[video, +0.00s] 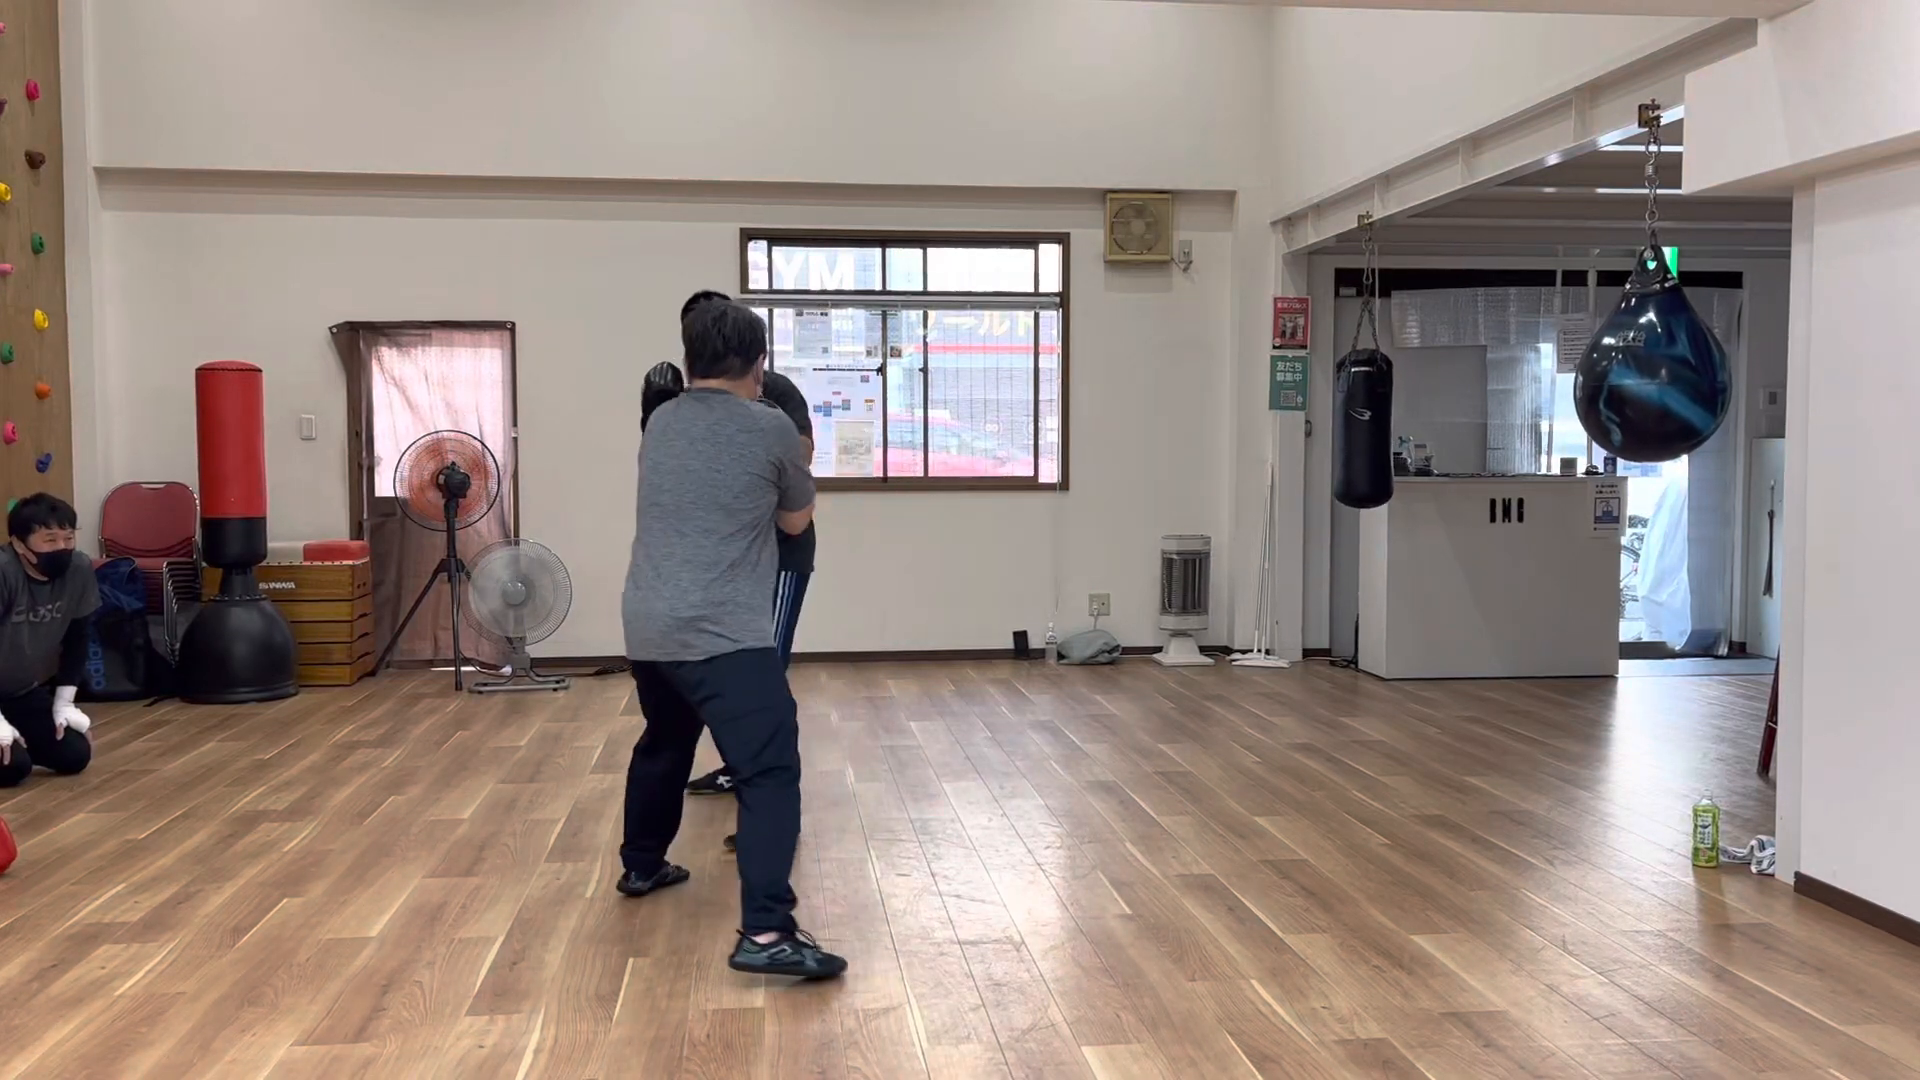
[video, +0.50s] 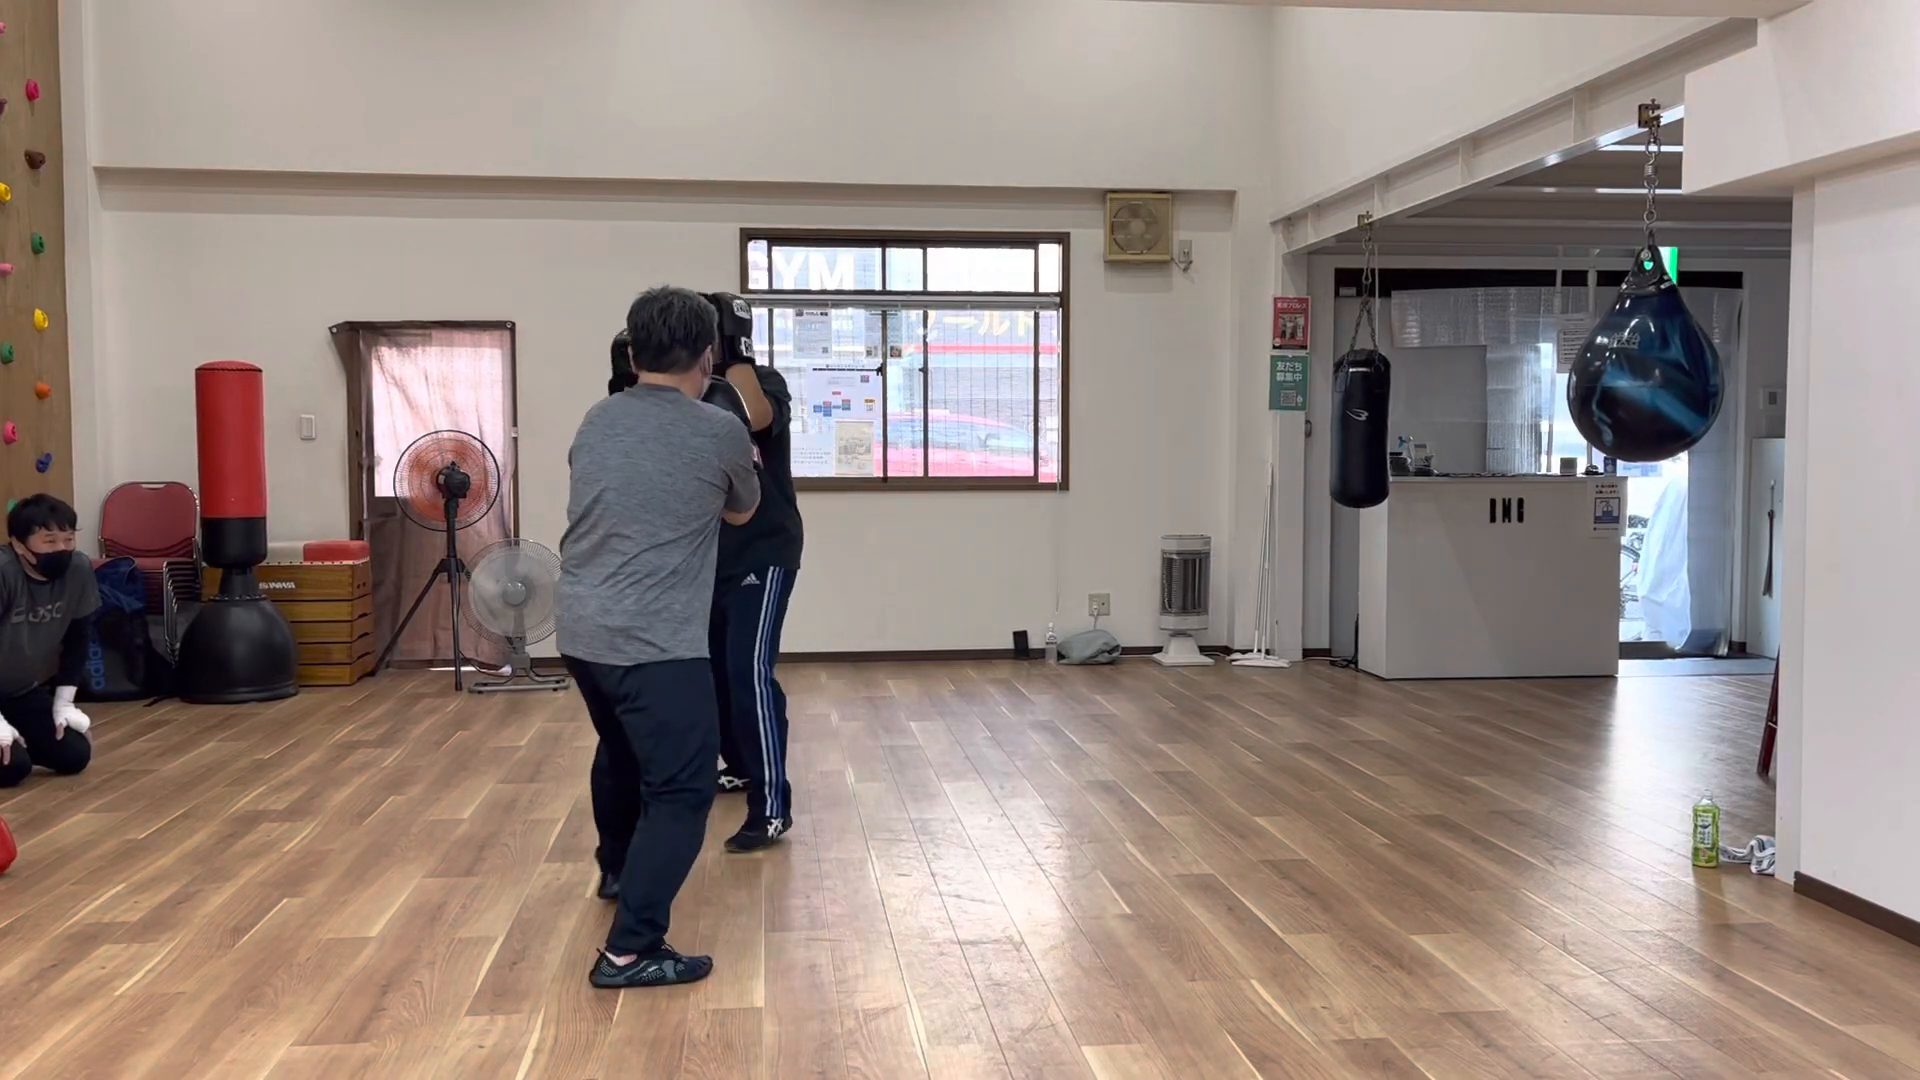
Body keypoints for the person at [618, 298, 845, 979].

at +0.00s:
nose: (765, 370)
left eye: (761, 360)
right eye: (763, 360)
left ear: (689, 360)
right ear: (755, 362)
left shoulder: (661, 420)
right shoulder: (773, 427)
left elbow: (680, 498)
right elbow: (797, 520)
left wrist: (765, 489)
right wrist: (732, 495)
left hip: (648, 630)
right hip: (726, 633)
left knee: (666, 738)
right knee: (770, 773)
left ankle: (641, 865)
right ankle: (766, 930)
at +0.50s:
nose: (713, 361)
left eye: (710, 352)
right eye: (712, 351)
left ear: (633, 354)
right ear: (706, 356)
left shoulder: (597, 418)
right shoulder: (719, 426)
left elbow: (605, 492)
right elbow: (743, 505)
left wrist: (691, 489)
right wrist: (667, 493)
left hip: (582, 637)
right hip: (661, 646)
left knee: (619, 751)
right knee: (681, 791)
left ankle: (617, 870)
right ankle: (633, 948)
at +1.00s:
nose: (663, 364)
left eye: (661, 354)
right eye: (660, 355)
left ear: (587, 361)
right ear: (650, 362)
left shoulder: (564, 418)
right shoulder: (656, 429)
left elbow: (602, 488)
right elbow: (699, 511)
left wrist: (665, 451)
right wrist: (697, 462)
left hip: (542, 633)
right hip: (609, 640)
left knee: (584, 750)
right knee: (620, 785)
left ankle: (577, 863)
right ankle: (569, 947)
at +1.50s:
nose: (652, 361)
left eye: (651, 350)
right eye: (650, 350)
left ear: (570, 354)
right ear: (633, 357)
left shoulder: (526, 416)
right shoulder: (642, 432)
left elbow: (515, 499)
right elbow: (666, 507)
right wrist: (666, 449)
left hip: (502, 633)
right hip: (575, 640)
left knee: (551, 763)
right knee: (579, 793)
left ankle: (574, 861)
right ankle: (517, 949)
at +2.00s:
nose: (631, 365)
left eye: (629, 355)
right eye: (629, 355)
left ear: (546, 355)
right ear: (615, 357)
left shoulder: (506, 423)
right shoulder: (615, 438)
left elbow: (528, 500)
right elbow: (651, 525)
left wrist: (618, 465)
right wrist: (661, 480)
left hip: (480, 651)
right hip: (548, 660)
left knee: (532, 787)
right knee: (562, 811)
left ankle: (516, 906)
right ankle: (501, 987)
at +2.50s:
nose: (642, 368)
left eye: (641, 357)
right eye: (640, 356)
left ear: (564, 357)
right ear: (626, 359)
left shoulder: (531, 412)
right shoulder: (618, 427)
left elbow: (577, 494)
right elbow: (659, 525)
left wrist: (628, 426)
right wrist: (676, 476)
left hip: (490, 630)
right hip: (546, 641)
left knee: (547, 768)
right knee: (552, 791)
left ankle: (551, 878)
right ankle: (486, 970)